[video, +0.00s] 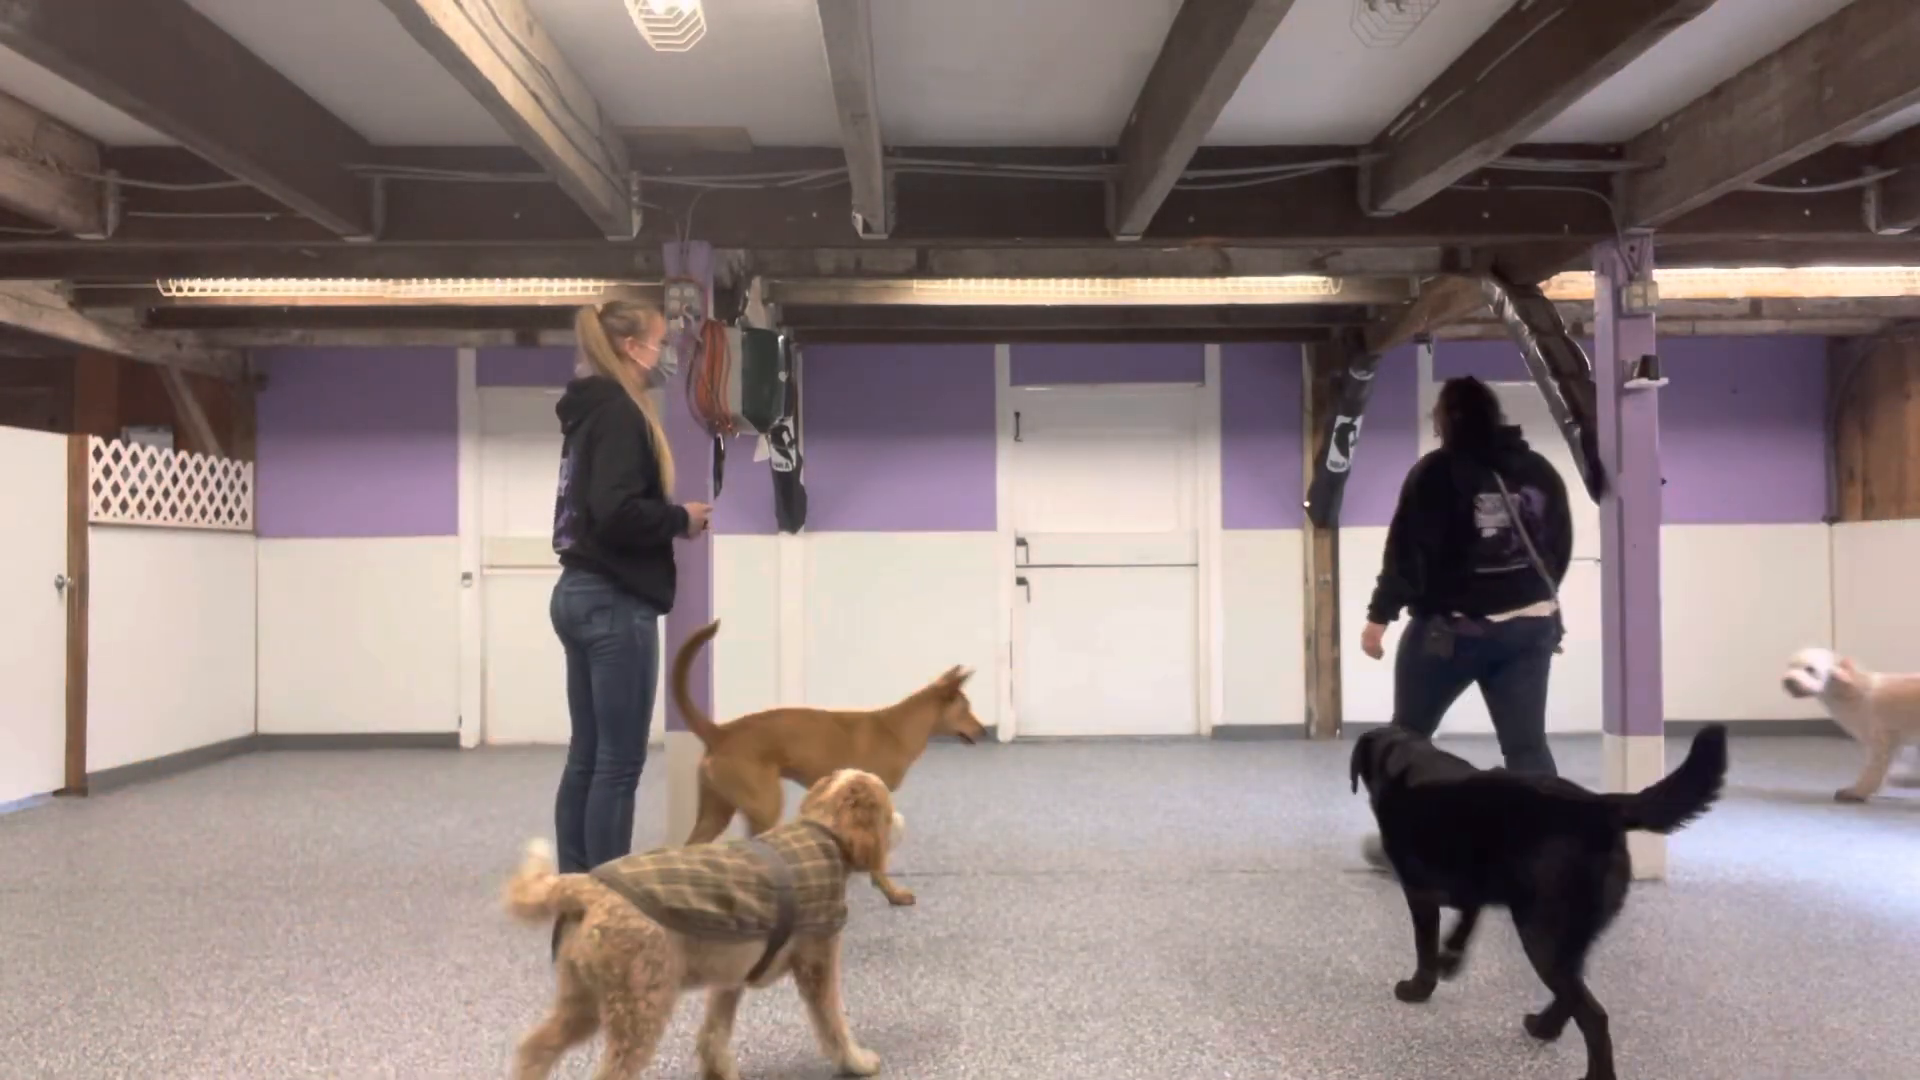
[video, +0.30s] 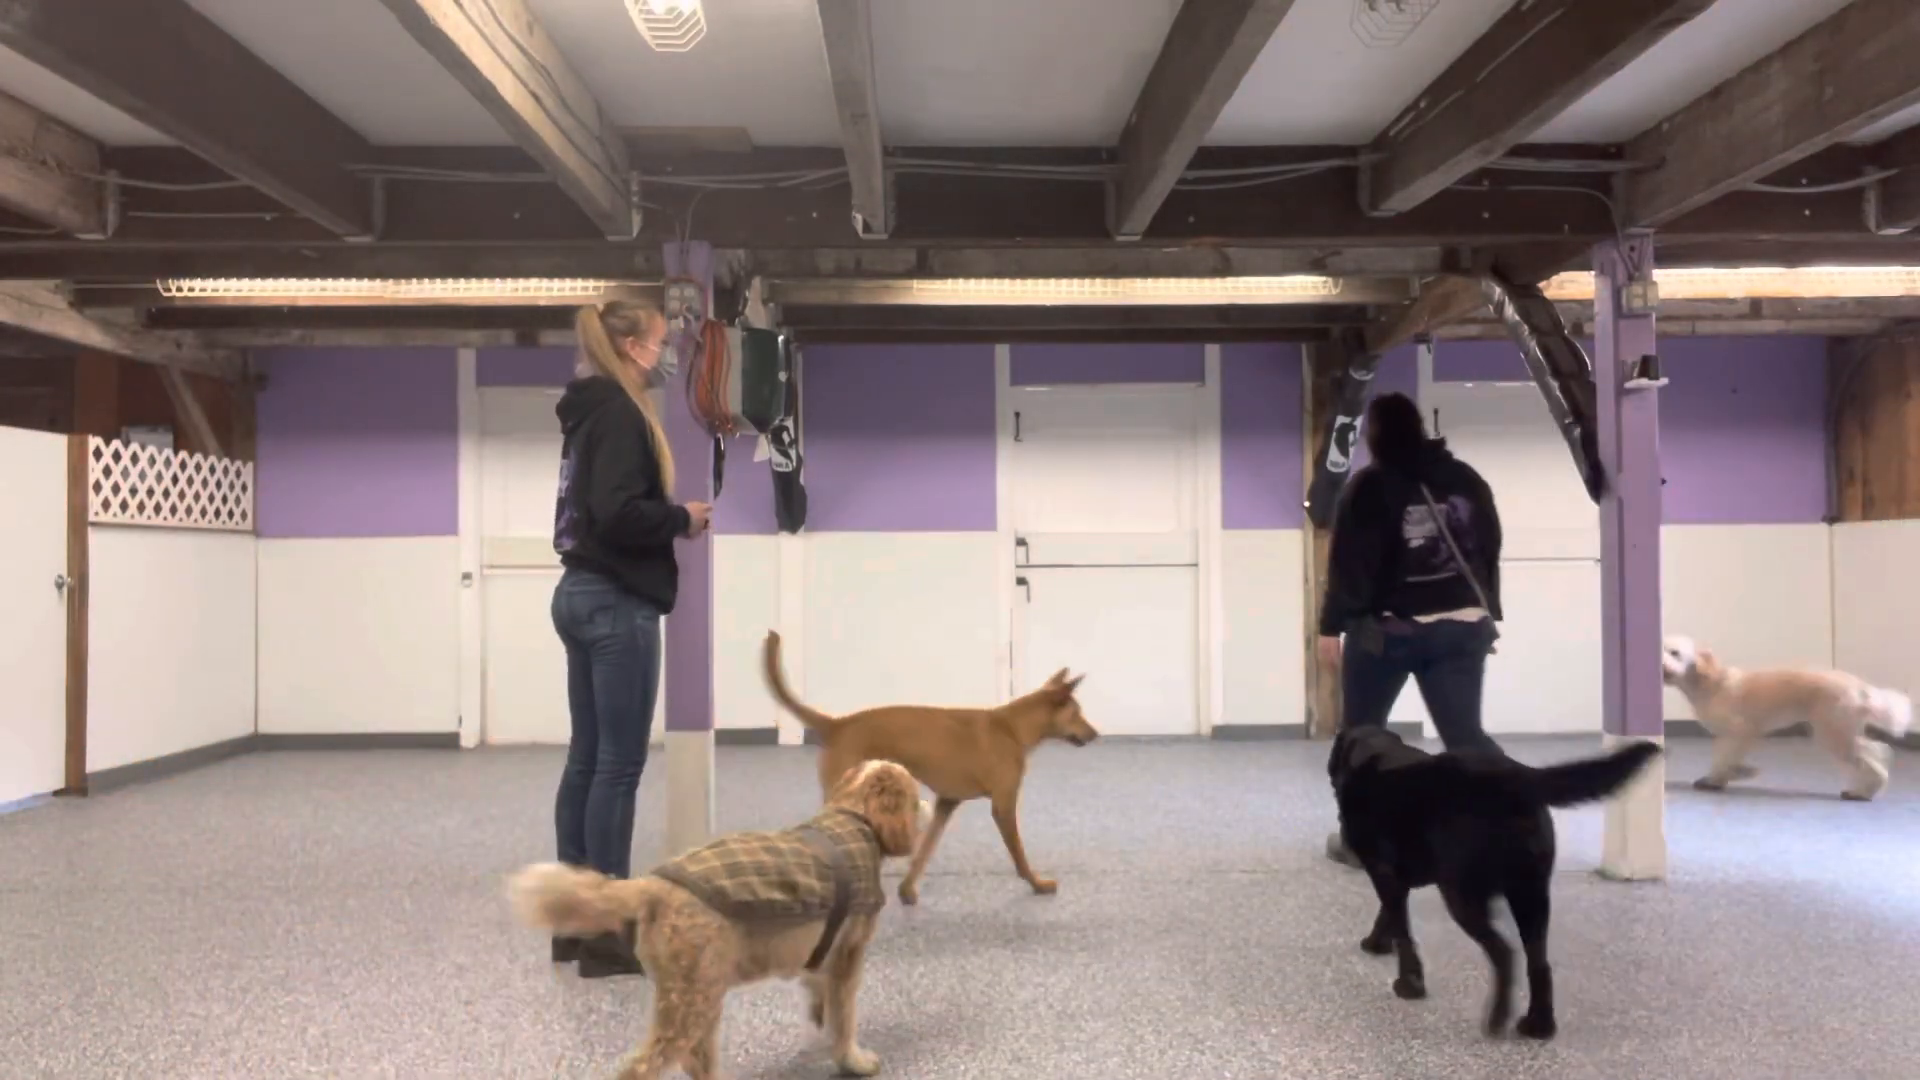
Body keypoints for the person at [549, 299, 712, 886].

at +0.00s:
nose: (661, 356)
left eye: (662, 345)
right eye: (656, 345)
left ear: (616, 342)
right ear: (627, 344)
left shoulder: (593, 403)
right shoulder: (618, 409)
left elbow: (599, 509)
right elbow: (617, 512)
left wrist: (675, 514)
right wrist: (682, 518)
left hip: (582, 590)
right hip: (616, 598)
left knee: (586, 756)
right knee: (620, 761)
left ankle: (575, 892)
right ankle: (607, 897)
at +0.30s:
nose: (661, 356)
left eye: (662, 345)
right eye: (657, 345)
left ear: (613, 340)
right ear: (629, 344)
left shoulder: (593, 404)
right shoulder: (618, 409)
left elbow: (602, 509)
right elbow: (616, 511)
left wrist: (666, 515)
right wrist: (682, 517)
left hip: (584, 593)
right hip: (619, 600)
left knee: (587, 761)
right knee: (619, 767)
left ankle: (575, 921)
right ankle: (603, 932)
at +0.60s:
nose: (663, 365)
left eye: (664, 353)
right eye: (661, 353)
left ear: (616, 344)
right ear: (636, 348)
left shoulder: (588, 408)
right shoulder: (621, 414)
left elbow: (600, 510)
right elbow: (620, 513)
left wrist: (665, 515)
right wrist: (683, 518)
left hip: (582, 592)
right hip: (619, 599)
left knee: (587, 760)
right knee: (619, 766)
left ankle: (575, 916)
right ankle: (610, 928)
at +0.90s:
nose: (667, 367)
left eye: (667, 356)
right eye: (666, 356)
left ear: (615, 348)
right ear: (647, 352)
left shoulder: (583, 410)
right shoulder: (631, 415)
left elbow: (589, 510)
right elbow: (632, 511)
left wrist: (661, 517)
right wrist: (687, 522)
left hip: (574, 592)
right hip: (619, 599)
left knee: (587, 760)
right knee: (620, 767)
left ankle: (575, 915)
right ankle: (610, 927)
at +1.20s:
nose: (688, 391)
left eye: (687, 380)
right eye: (688, 380)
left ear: (631, 372)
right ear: (675, 377)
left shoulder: (584, 429)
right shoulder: (665, 432)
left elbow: (574, 513)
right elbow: (669, 530)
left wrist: (627, 542)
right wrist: (672, 558)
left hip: (539, 593)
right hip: (599, 597)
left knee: (589, 753)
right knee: (627, 761)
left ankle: (575, 915)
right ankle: (612, 929)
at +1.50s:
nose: (671, 408)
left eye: (668, 399)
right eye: (668, 399)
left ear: (608, 395)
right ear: (659, 400)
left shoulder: (563, 444)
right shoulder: (647, 447)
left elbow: (547, 520)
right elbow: (653, 536)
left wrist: (604, 572)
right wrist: (645, 582)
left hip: (507, 599)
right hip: (568, 604)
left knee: (534, 752)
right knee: (620, 762)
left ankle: (478, 907)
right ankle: (611, 929)